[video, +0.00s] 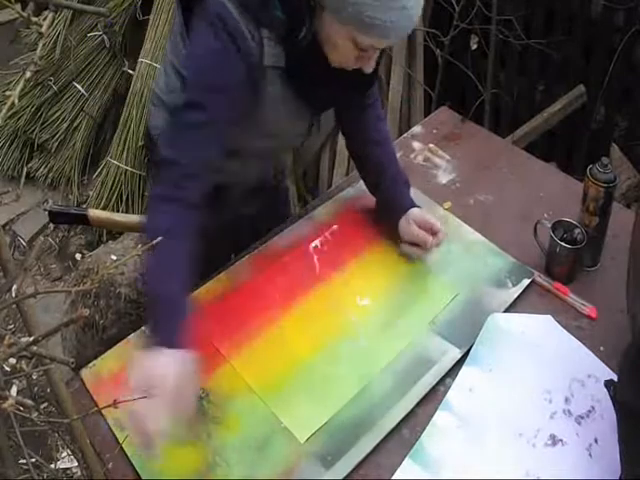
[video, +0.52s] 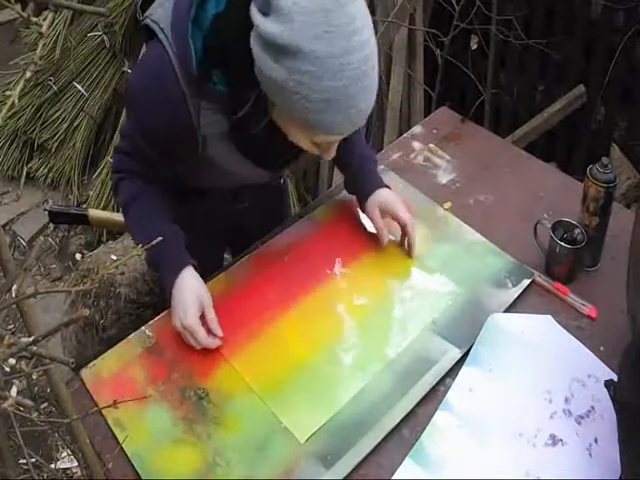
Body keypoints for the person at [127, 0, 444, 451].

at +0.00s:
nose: (367, 65)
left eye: (379, 52)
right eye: (359, 46)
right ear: (319, 10)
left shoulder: (346, 40)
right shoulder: (227, 33)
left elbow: (364, 120)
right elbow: (176, 190)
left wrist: (400, 206)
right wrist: (170, 342)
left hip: (266, 179)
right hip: (200, 185)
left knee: (277, 290)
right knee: (205, 306)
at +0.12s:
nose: (322, 71)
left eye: (336, 55)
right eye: (309, 51)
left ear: (355, 32)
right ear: (270, 11)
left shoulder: (331, 32)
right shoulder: (182, 42)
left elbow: (358, 103)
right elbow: (133, 162)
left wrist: (397, 208)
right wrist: (179, 286)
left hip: (267, 183)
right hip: (192, 199)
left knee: (288, 293)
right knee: (211, 315)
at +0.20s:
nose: (306, 40)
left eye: (319, 25)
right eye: (293, 24)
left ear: (335, 10)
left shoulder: (324, 19)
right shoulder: (168, 21)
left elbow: (348, 88)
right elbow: (141, 157)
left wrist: (398, 190)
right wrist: (189, 271)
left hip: (268, 179)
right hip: (195, 196)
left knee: (289, 298)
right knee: (212, 324)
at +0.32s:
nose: (312, 106)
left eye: (326, 88)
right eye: (298, 88)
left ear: (339, 53)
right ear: (260, 42)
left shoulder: (315, 30)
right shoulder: (167, 49)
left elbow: (342, 97)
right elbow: (142, 167)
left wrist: (378, 187)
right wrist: (188, 268)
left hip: (263, 183)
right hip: (191, 201)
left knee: (288, 293)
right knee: (209, 320)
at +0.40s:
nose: (307, 177)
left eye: (320, 165)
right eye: (295, 164)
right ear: (257, 114)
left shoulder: (326, 58)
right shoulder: (167, 83)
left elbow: (342, 110)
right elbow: (134, 177)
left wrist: (370, 186)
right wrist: (179, 267)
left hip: (262, 184)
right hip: (188, 197)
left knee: (278, 288)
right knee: (203, 305)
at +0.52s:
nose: (329, 152)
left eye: (343, 136)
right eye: (315, 141)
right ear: (270, 95)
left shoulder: (322, 56)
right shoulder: (168, 76)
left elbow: (342, 111)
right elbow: (132, 171)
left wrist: (371, 186)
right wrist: (176, 270)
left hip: (263, 183)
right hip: (188, 196)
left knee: (276, 290)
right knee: (204, 306)